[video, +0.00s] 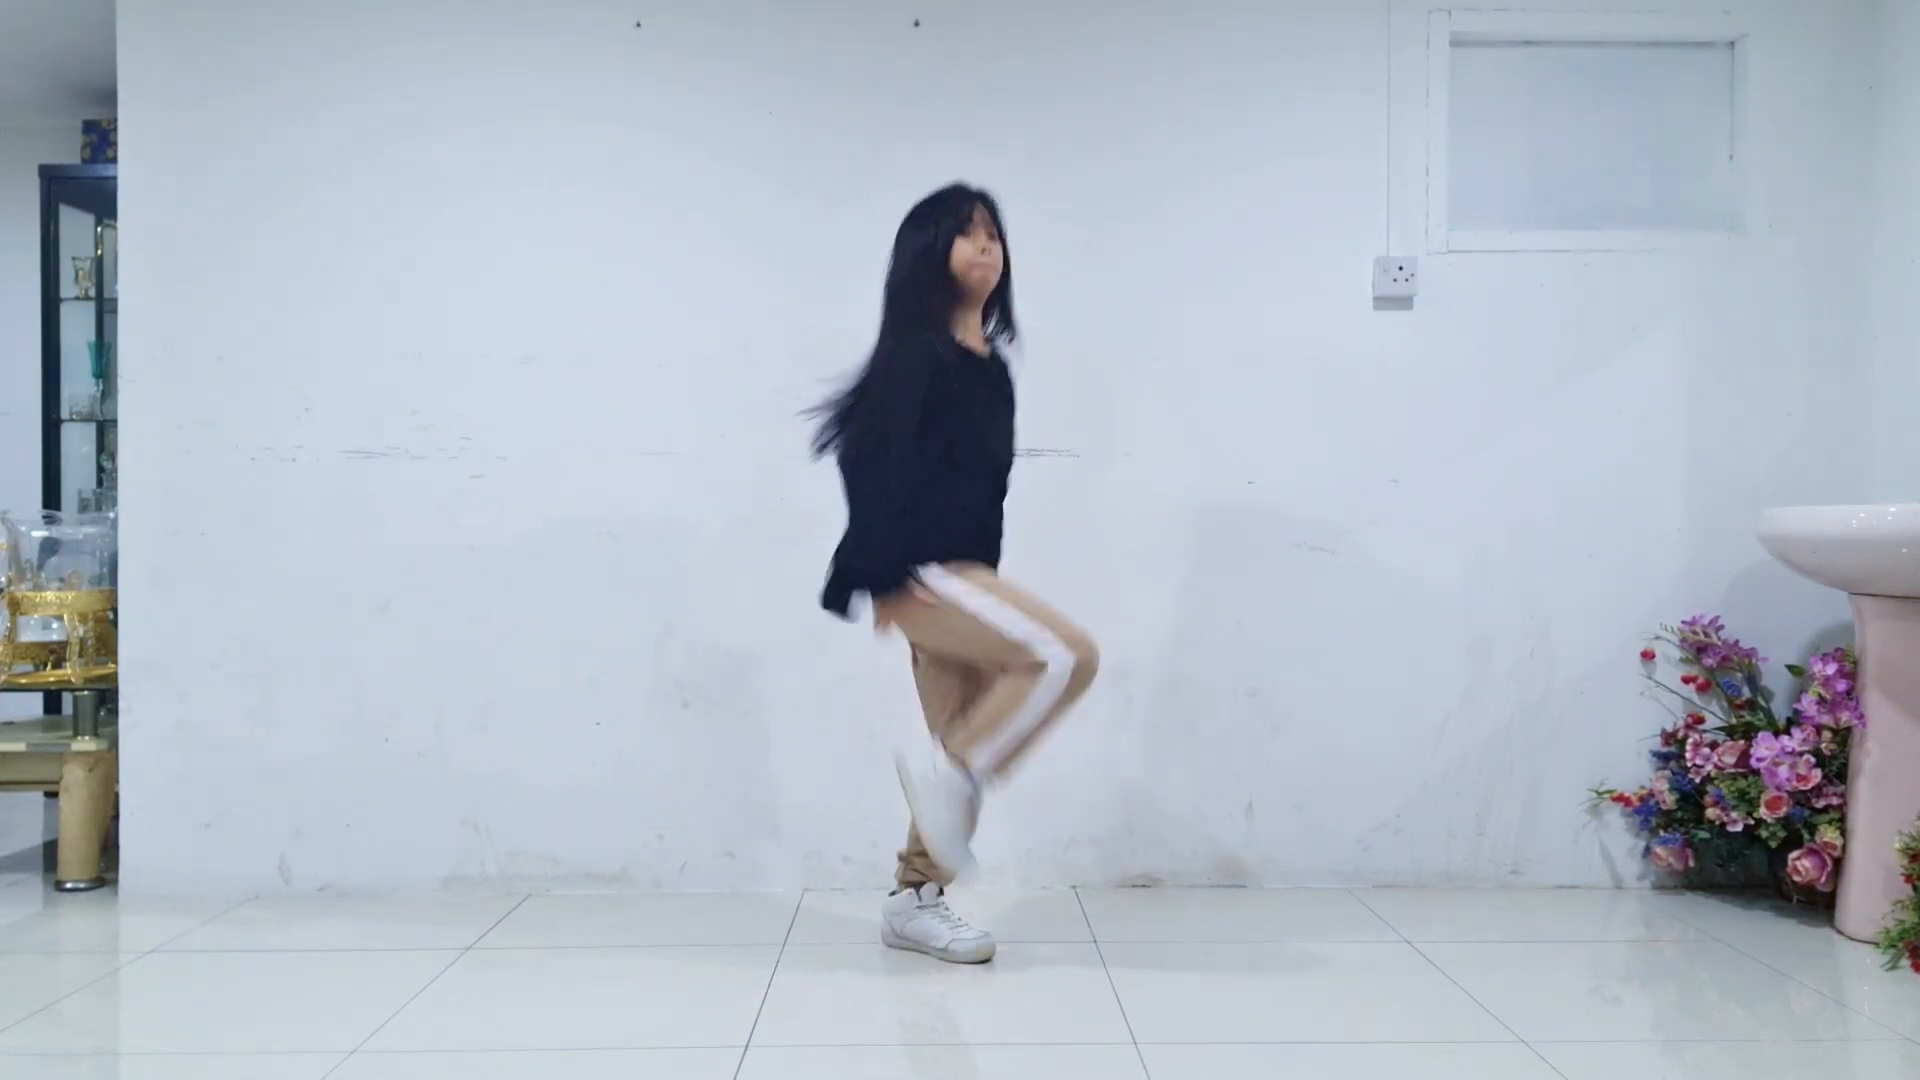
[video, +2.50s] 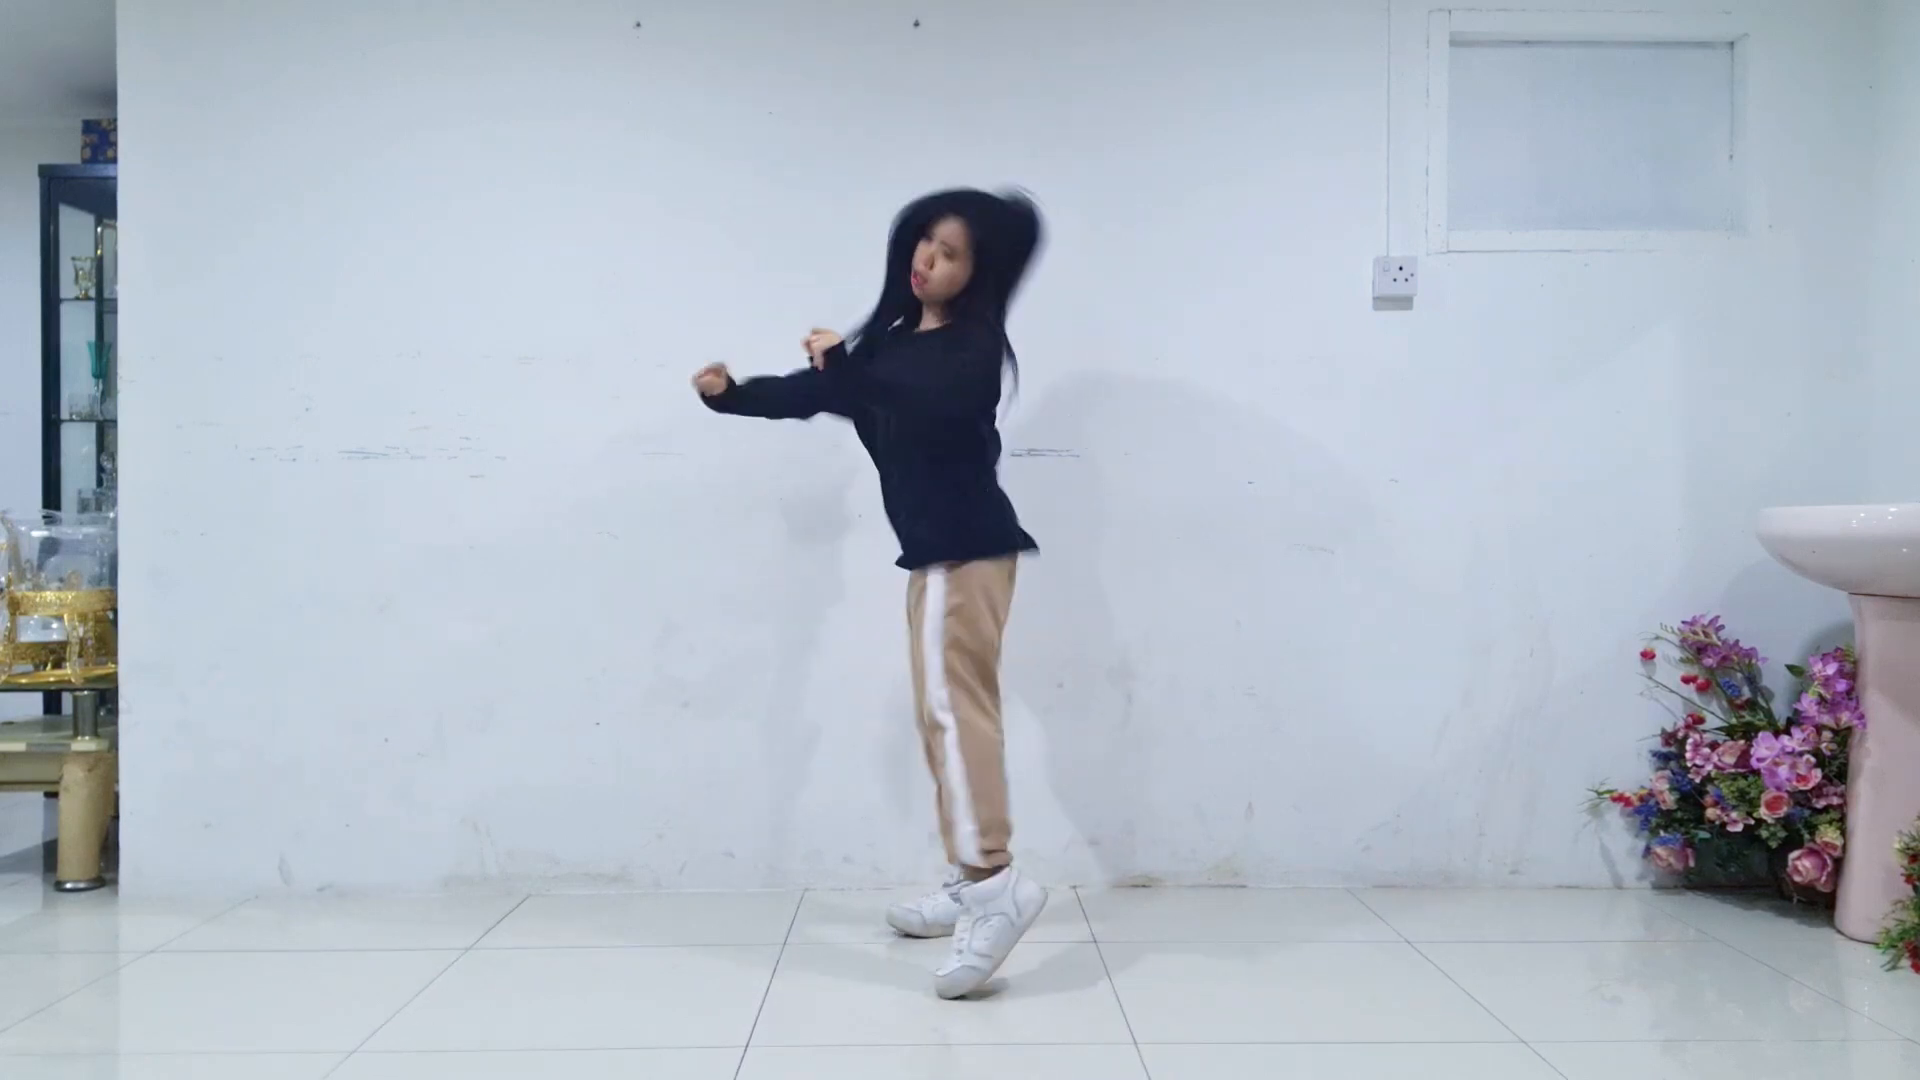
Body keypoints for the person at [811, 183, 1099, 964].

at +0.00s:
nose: (984, 248)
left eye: (991, 236)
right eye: (966, 236)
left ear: (1003, 253)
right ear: (932, 252)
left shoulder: (989, 355)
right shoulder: (913, 349)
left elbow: (970, 464)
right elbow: (870, 454)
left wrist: (977, 562)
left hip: (961, 561)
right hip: (914, 565)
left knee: (957, 738)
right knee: (1061, 656)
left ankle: (918, 901)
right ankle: (957, 772)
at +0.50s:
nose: (934, 229)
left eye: (951, 212)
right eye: (917, 215)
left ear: (981, 220)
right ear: (897, 228)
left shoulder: (1023, 291)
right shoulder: (902, 305)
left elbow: (1027, 382)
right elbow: (891, 415)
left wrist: (946, 333)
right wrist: (879, 381)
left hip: (997, 506)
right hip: (917, 505)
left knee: (992, 694)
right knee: (860, 677)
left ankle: (968, 860)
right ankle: (916, 758)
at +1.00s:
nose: (870, 496)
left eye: (886, 477)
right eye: (856, 482)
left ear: (923, 480)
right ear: (845, 495)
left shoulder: (953, 563)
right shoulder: (912, 560)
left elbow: (956, 683)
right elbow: (939, 659)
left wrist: (921, 775)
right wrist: (879, 669)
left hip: (1030, 770)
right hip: (988, 748)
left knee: (878, 832)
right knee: (875, 766)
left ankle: (1030, 907)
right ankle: (980, 897)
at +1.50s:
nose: (824, 545)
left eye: (844, 533)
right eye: (822, 528)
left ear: (880, 544)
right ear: (814, 530)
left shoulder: (892, 632)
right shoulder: (910, 601)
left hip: (1054, 784)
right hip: (1035, 753)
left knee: (898, 799)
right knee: (894, 760)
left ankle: (1012, 931)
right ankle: (981, 899)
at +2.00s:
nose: (902, 218)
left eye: (922, 205)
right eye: (893, 205)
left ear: (953, 224)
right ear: (879, 218)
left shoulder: (952, 296)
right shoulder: (865, 316)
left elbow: (883, 298)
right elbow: (788, 282)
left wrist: (866, 198)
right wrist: (766, 200)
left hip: (985, 547)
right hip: (928, 558)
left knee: (967, 719)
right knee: (913, 716)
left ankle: (990, 901)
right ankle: (963, 881)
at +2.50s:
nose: (931, 259)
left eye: (951, 253)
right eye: (926, 244)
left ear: (977, 273)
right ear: (909, 250)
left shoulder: (973, 345)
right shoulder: (886, 340)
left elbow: (933, 407)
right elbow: (818, 391)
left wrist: (841, 365)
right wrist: (735, 393)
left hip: (974, 552)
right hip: (929, 557)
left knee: (960, 708)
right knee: (936, 714)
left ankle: (996, 884)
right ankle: (969, 876)